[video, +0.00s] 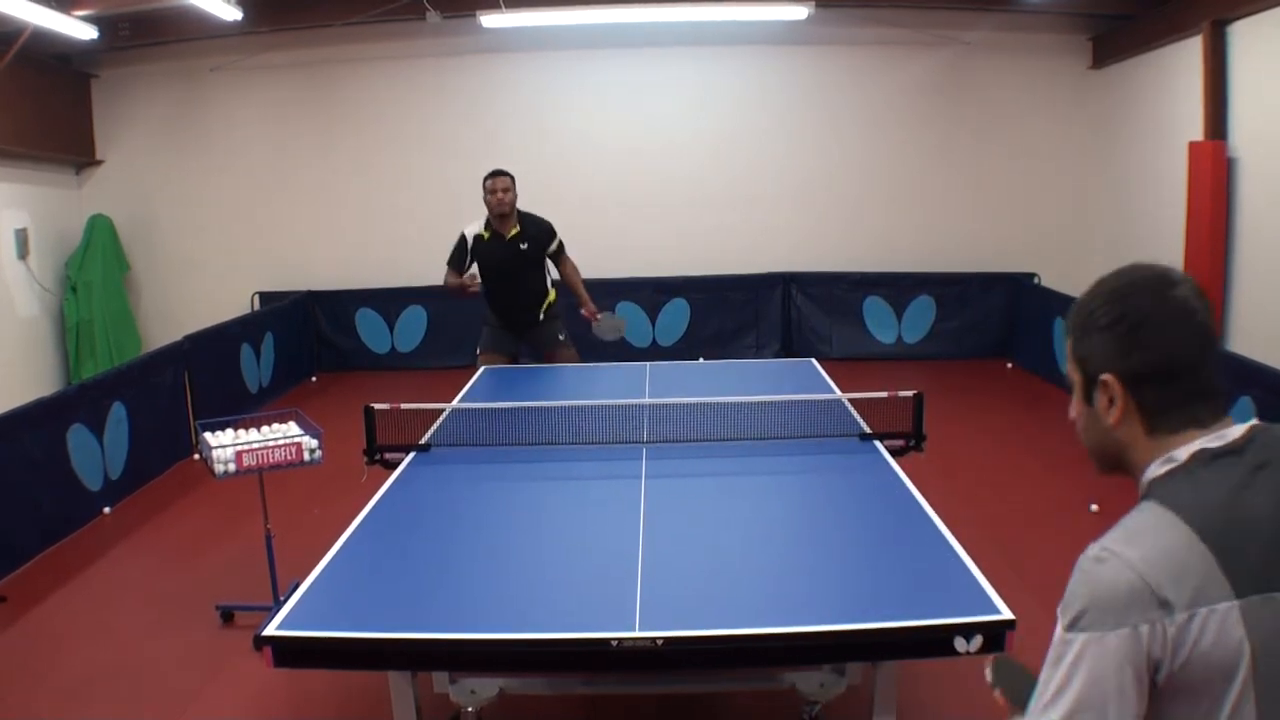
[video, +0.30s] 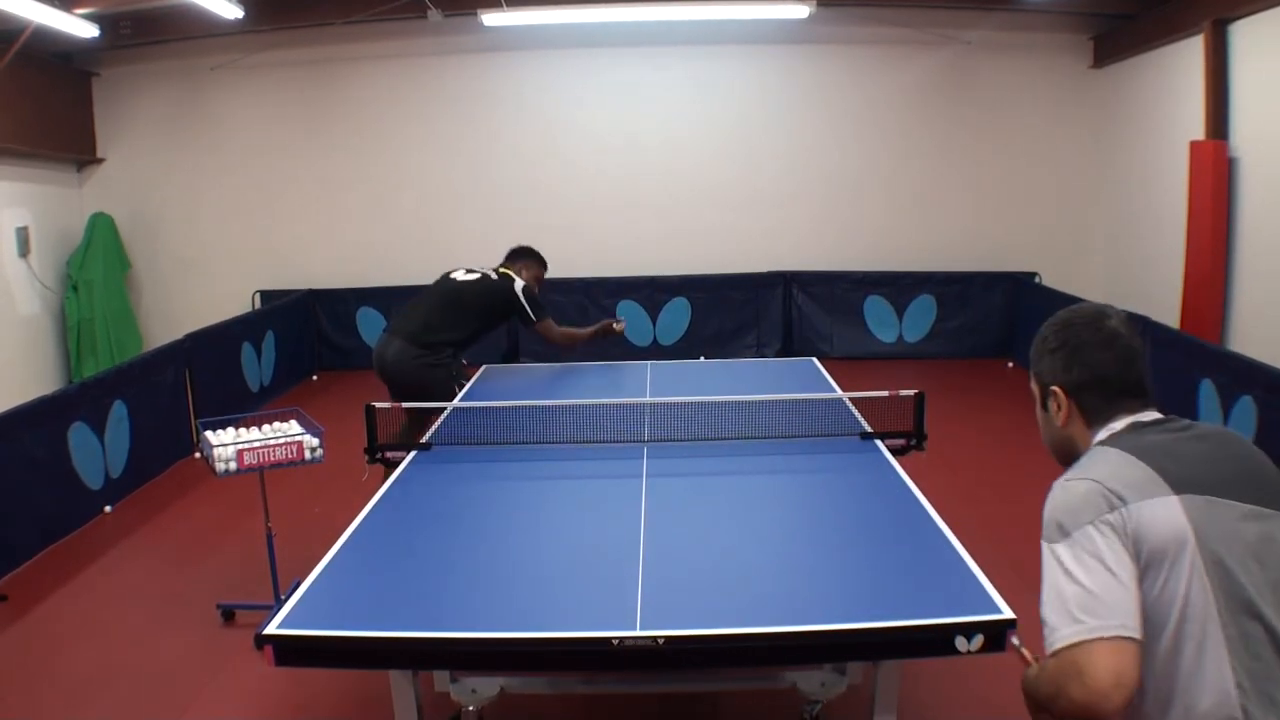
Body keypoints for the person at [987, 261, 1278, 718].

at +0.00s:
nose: (1071, 411)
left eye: (1075, 388)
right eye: (1072, 388)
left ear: (1111, 399)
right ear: (1202, 369)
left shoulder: (1128, 571)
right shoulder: (1270, 449)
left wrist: (1029, 700)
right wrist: (1042, 698)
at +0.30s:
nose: (1039, 418)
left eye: (1036, 402)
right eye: (1035, 402)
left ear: (1059, 405)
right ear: (1139, 384)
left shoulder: (1093, 488)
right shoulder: (1246, 454)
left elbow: (1100, 687)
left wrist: (1037, 683)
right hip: (1268, 706)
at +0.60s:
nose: (1046, 403)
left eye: (1046, 386)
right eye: (1045, 386)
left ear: (1072, 391)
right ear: (1149, 371)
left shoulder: (1107, 483)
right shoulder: (1251, 444)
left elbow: (1127, 685)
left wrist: (1062, 679)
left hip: (1194, 711)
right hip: (1267, 704)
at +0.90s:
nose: (1059, 372)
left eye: (1060, 355)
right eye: (1059, 354)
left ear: (1085, 362)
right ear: (1165, 346)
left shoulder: (1112, 460)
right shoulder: (1258, 429)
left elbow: (1102, 661)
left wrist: (1034, 643)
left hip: (1186, 709)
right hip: (1269, 701)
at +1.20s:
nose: (1051, 353)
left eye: (1051, 335)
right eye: (1050, 335)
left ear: (1078, 344)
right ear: (1157, 329)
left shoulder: (1109, 455)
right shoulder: (1243, 418)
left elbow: (1098, 660)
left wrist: (1014, 627)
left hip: (1172, 708)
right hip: (1265, 702)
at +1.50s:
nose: (1028, 328)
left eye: (1028, 309)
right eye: (1027, 310)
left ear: (1053, 311)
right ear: (1127, 297)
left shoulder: (1064, 421)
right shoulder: (1232, 403)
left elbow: (983, 605)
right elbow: (1266, 551)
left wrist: (924, 578)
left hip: (1119, 702)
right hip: (1243, 696)